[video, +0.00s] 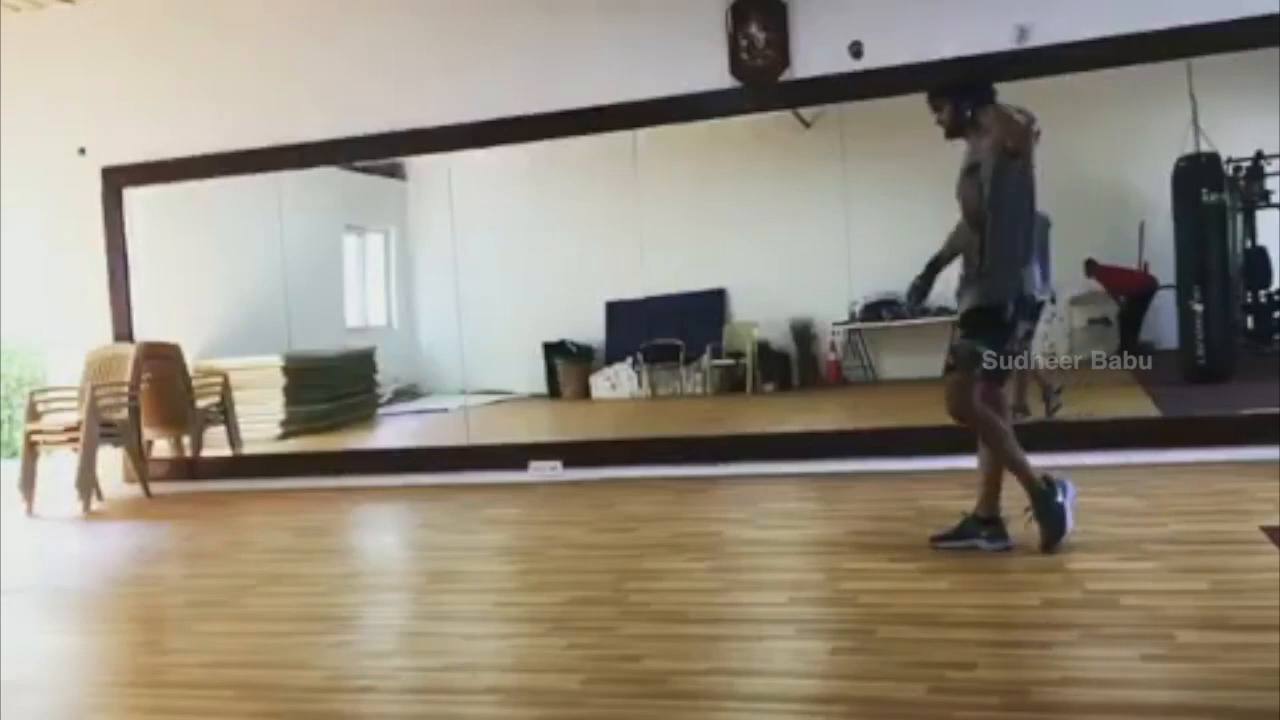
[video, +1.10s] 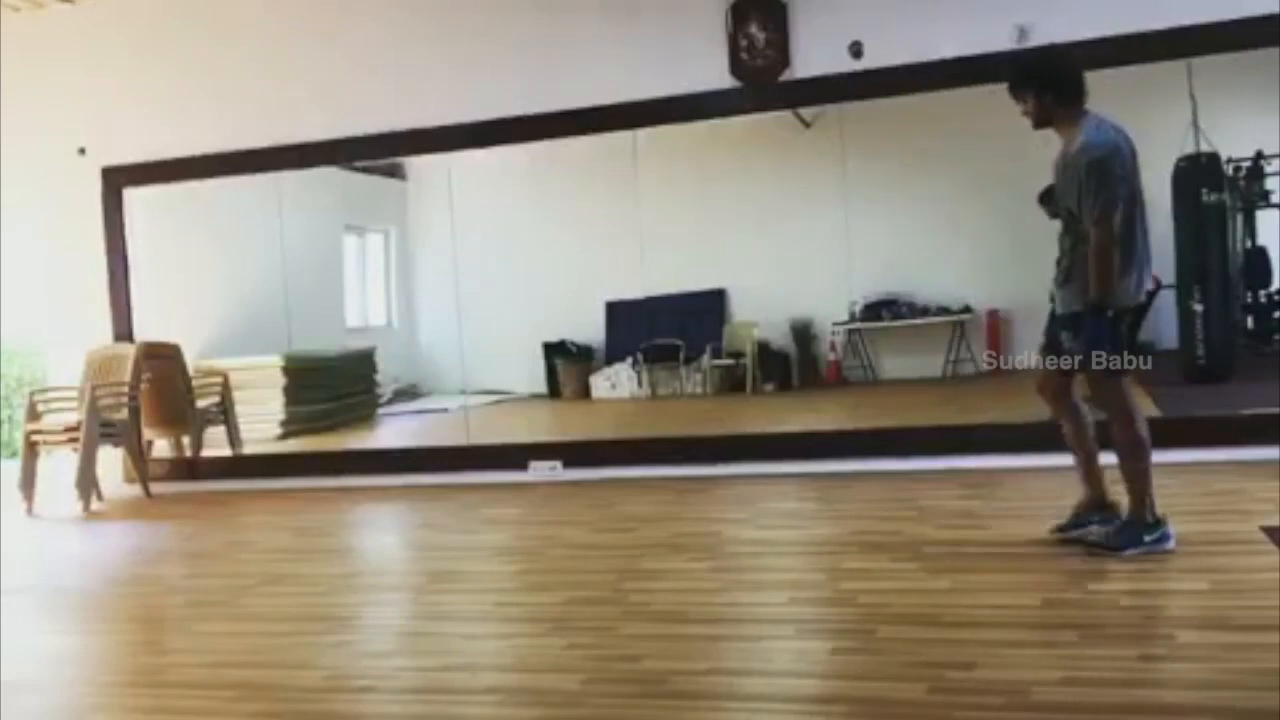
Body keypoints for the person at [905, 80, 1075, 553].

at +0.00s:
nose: (936, 120)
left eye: (938, 110)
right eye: (934, 111)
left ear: (961, 105)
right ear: (964, 105)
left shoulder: (1002, 137)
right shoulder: (979, 150)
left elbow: (1010, 225)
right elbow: (972, 225)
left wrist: (994, 299)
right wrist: (933, 268)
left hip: (1003, 293)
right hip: (992, 291)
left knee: (962, 400)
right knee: (994, 402)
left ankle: (1041, 490)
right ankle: (986, 515)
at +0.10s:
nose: (937, 123)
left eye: (939, 112)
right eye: (934, 115)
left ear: (963, 104)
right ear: (964, 105)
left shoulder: (998, 136)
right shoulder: (978, 153)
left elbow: (1022, 138)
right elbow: (970, 228)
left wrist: (1002, 109)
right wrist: (931, 271)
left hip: (1000, 293)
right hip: (992, 292)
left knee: (959, 400)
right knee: (992, 402)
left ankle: (1036, 492)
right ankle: (986, 516)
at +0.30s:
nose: (944, 122)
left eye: (945, 110)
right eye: (941, 113)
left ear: (966, 104)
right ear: (970, 105)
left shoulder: (1011, 140)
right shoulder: (980, 155)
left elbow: (1037, 190)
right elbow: (989, 242)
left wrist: (977, 158)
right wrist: (960, 297)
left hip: (1007, 300)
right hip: (989, 301)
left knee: (979, 406)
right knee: (993, 408)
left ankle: (1077, 490)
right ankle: (986, 516)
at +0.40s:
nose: (951, 118)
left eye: (953, 107)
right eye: (949, 109)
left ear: (977, 104)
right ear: (978, 105)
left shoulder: (1022, 146)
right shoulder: (997, 154)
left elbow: (1049, 211)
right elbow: (1025, 223)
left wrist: (975, 229)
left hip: (1015, 302)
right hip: (1000, 303)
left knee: (1007, 410)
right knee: (1004, 411)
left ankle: (1107, 498)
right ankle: (987, 516)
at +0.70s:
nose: (983, 112)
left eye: (987, 102)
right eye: (982, 103)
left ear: (1012, 102)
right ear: (1018, 103)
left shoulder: (1053, 152)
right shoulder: (1032, 155)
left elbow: (1066, 229)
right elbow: (1043, 233)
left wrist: (1035, 284)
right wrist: (1029, 287)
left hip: (1060, 307)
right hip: (1040, 305)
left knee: (1090, 412)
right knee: (1020, 410)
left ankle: (1141, 517)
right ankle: (990, 515)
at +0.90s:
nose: (1008, 115)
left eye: (1010, 104)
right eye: (1005, 104)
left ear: (1033, 101)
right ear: (1046, 99)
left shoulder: (1073, 153)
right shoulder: (1086, 142)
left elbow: (1078, 238)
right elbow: (1097, 231)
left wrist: (1074, 306)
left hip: (1082, 306)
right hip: (1083, 302)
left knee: (1109, 409)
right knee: (1041, 401)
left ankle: (1142, 520)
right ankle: (1012, 509)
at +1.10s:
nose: (1021, 110)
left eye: (1024, 99)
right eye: (1019, 101)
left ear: (1050, 95)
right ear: (1057, 96)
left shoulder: (1100, 147)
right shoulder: (1074, 145)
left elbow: (1105, 234)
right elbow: (1089, 220)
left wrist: (1104, 307)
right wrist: (1061, 206)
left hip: (1105, 303)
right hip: (1073, 300)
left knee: (1111, 395)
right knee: (1053, 385)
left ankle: (1145, 518)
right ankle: (1096, 500)